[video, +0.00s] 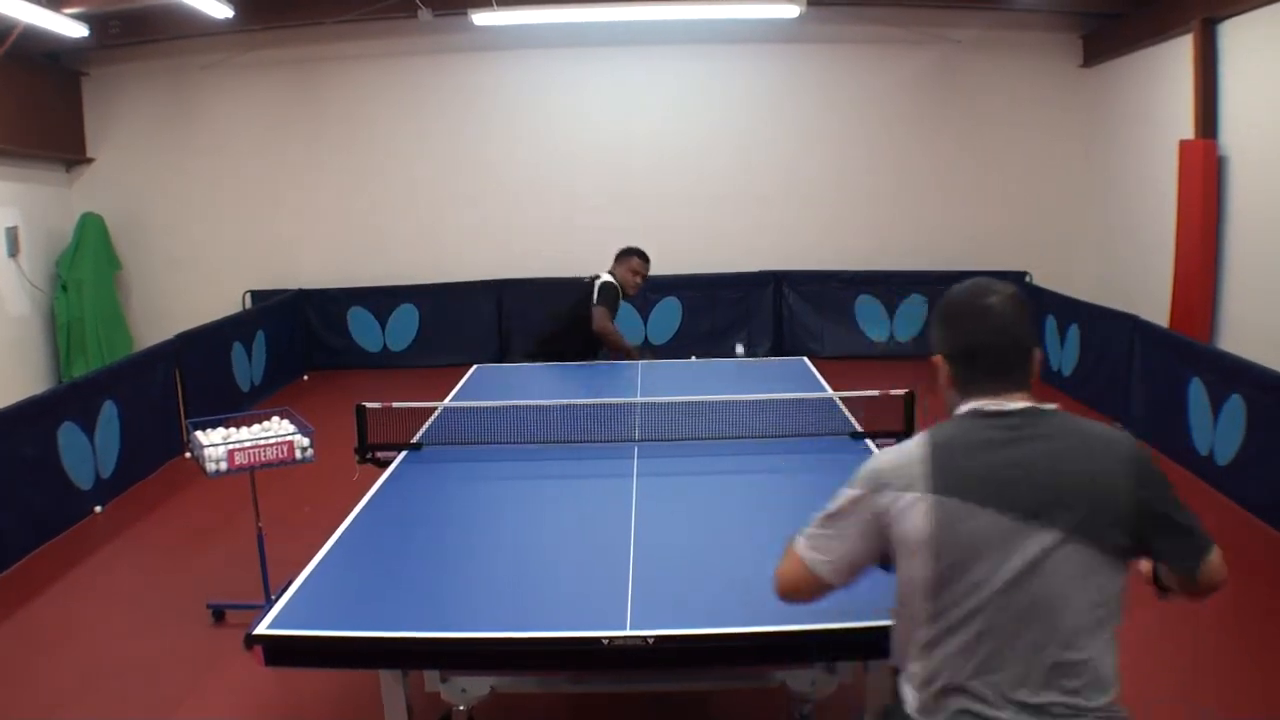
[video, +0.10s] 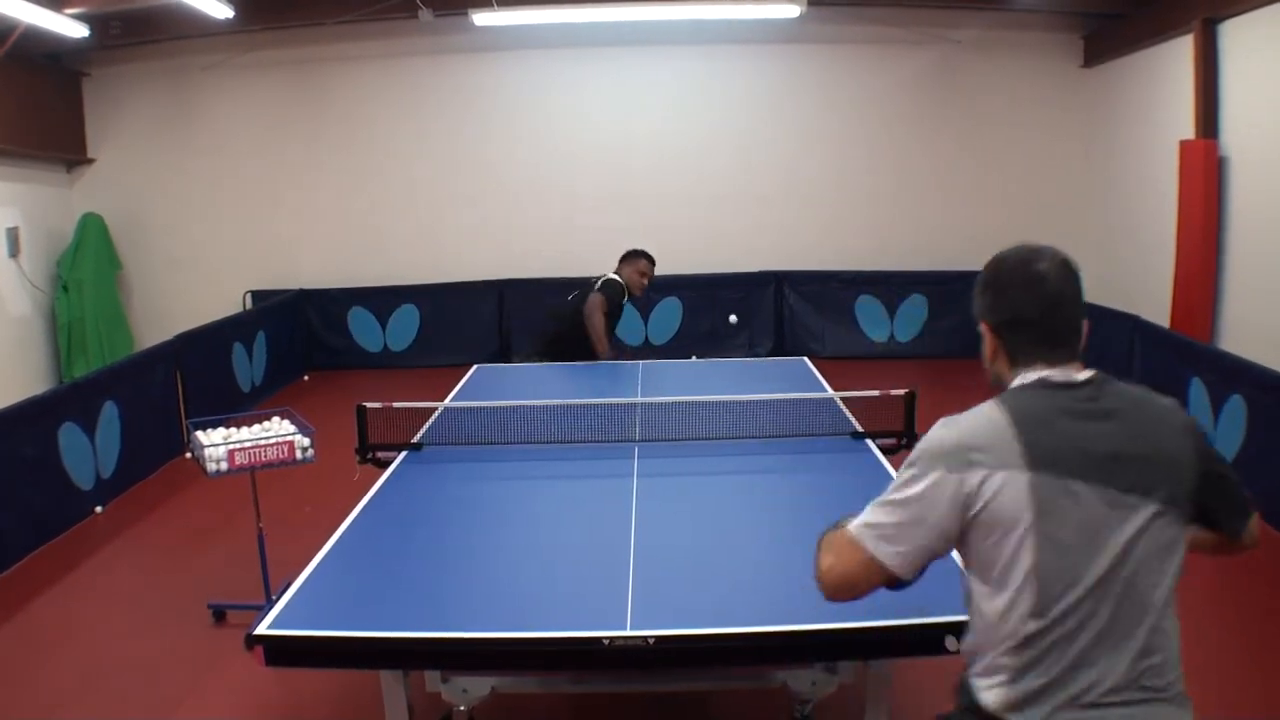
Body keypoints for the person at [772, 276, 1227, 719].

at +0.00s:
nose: (931, 370)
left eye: (933, 359)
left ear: (942, 369)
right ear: (1036, 363)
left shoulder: (901, 469)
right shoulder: (1117, 458)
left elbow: (791, 581)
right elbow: (1208, 574)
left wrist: (878, 535)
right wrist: (1158, 570)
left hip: (948, 705)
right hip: (1081, 705)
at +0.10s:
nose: (980, 344)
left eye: (980, 332)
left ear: (990, 339)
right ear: (1082, 332)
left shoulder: (966, 443)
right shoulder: (1166, 423)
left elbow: (838, 578)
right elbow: (1242, 534)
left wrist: (847, 528)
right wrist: (1145, 527)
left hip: (1016, 706)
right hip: (1154, 704)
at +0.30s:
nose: (1012, 328)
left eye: (1012, 315)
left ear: (1024, 324)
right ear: (1121, 312)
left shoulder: (1005, 428)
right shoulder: (1226, 410)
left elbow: (904, 620)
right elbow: (1266, 565)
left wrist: (877, 598)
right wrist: (1180, 567)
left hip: (1067, 707)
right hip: (1223, 703)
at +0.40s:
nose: (1022, 407)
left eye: (1021, 391)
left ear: (1035, 397)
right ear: (1138, 383)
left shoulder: (1020, 522)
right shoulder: (1245, 484)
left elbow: (919, 698)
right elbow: (1264, 642)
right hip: (1243, 710)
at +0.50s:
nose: (1028, 482)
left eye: (1024, 467)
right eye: (1022, 468)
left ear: (1040, 470)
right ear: (1135, 442)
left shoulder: (1036, 597)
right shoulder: (1255, 508)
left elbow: (950, 714)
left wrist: (933, 694)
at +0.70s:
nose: (1039, 475)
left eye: (1037, 457)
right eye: (1037, 456)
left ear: (1054, 461)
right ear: (1143, 429)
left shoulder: (1056, 572)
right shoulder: (1266, 484)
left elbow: (903, 625)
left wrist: (831, 561)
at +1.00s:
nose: (1089, 420)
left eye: (1088, 402)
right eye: (1087, 401)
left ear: (1117, 415)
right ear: (1210, 395)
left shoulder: (1125, 550)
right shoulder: (1270, 479)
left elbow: (928, 667)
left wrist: (856, 564)